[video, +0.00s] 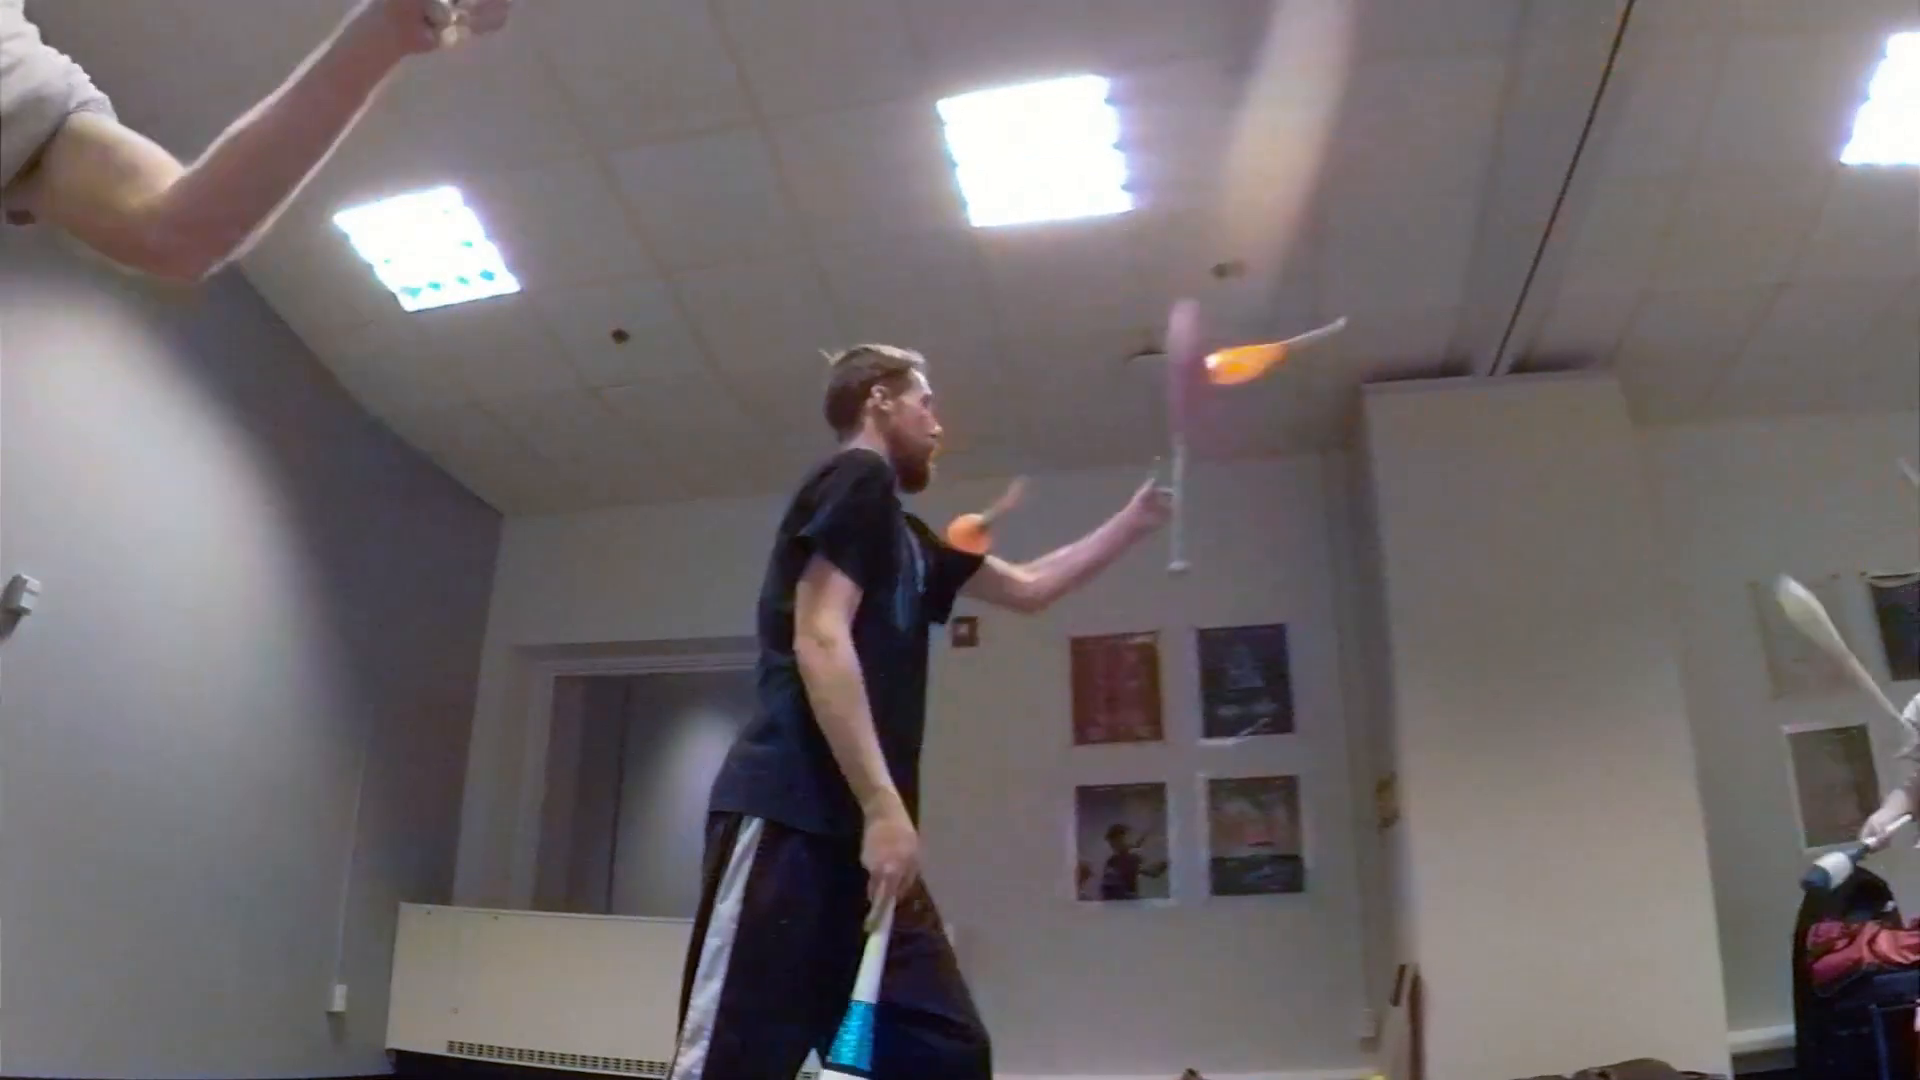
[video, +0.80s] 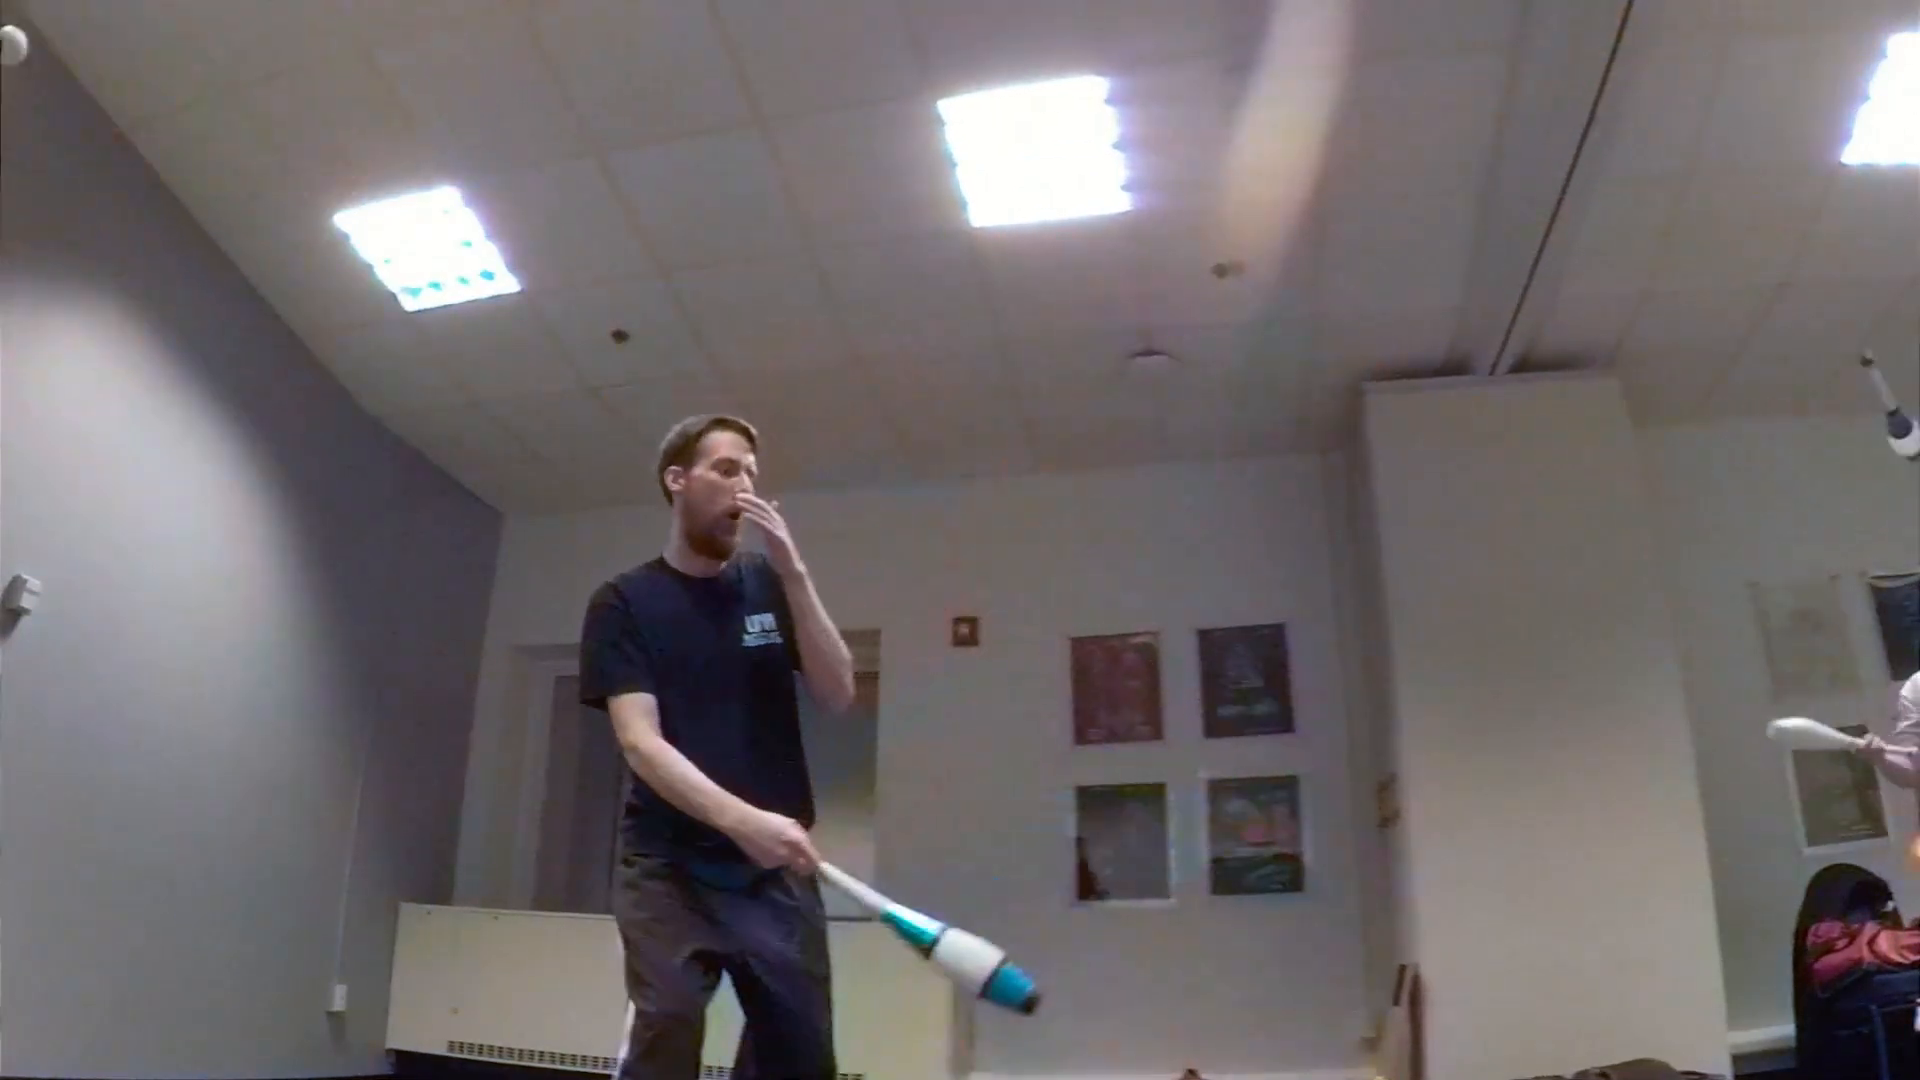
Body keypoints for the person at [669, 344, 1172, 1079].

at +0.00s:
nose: (939, 420)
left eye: (935, 403)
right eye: (926, 400)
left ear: (887, 407)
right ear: (879, 403)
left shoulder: (906, 533)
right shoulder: (858, 478)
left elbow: (1026, 586)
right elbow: (819, 639)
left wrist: (1135, 519)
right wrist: (884, 810)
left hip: (858, 832)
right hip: (788, 819)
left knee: (946, 1051)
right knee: (728, 1060)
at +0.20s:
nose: (850, 365)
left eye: (844, 351)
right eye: (823, 353)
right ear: (771, 388)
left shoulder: (881, 476)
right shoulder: (770, 500)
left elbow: (984, 503)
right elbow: (822, 660)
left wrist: (1054, 468)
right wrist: (958, 770)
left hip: (913, 781)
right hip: (827, 791)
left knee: (982, 1027)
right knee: (845, 1034)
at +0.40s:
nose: (790, 410)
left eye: (786, 396)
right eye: (762, 397)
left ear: (794, 418)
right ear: (708, 429)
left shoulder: (825, 521)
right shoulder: (705, 566)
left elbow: (929, 593)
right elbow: (801, 715)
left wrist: (1027, 508)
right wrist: (963, 768)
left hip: (878, 819)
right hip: (790, 839)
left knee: (979, 1044)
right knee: (859, 1057)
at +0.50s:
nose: (763, 429)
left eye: (761, 416)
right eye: (736, 417)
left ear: (770, 437)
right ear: (682, 448)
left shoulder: (805, 539)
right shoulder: (674, 583)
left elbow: (893, 647)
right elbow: (761, 723)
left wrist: (985, 594)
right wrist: (926, 775)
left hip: (860, 841)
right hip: (762, 855)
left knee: (951, 1040)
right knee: (822, 1059)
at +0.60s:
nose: (750, 450)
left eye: (750, 437)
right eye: (725, 436)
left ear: (758, 455)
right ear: (672, 462)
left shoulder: (794, 552)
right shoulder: (649, 598)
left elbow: (874, 678)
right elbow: (717, 741)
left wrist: (907, 590)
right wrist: (870, 789)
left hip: (841, 857)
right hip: (743, 870)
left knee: (882, 1056)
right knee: (784, 1060)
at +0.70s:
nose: (745, 467)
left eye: (749, 456)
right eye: (724, 452)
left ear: (755, 477)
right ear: (673, 474)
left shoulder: (791, 571)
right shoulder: (640, 605)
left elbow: (863, 697)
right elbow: (676, 749)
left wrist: (836, 580)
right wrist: (807, 807)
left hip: (805, 860)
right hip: (704, 867)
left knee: (811, 1061)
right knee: (719, 1057)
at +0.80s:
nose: (744, 484)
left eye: (751, 474)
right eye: (725, 469)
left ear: (758, 492)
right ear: (675, 481)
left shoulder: (772, 583)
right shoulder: (625, 602)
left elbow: (837, 693)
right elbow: (640, 744)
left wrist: (791, 569)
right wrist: (746, 822)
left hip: (776, 865)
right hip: (667, 869)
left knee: (800, 1050)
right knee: (666, 1039)